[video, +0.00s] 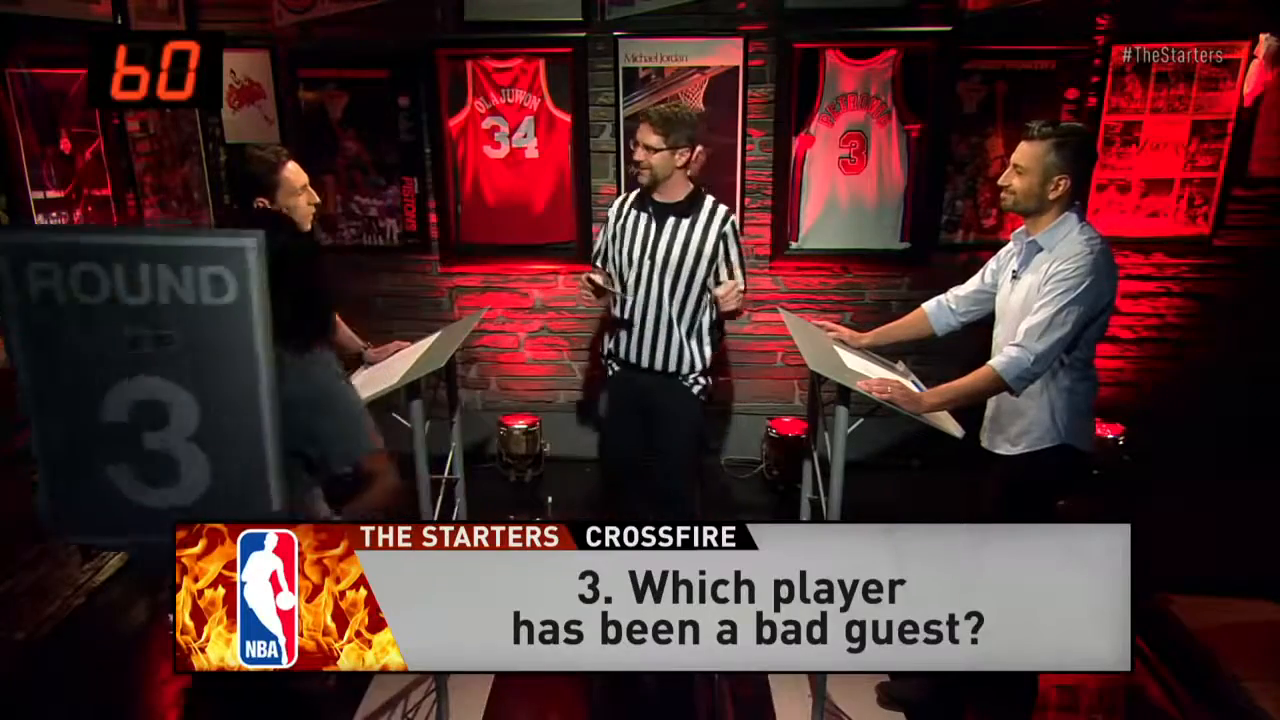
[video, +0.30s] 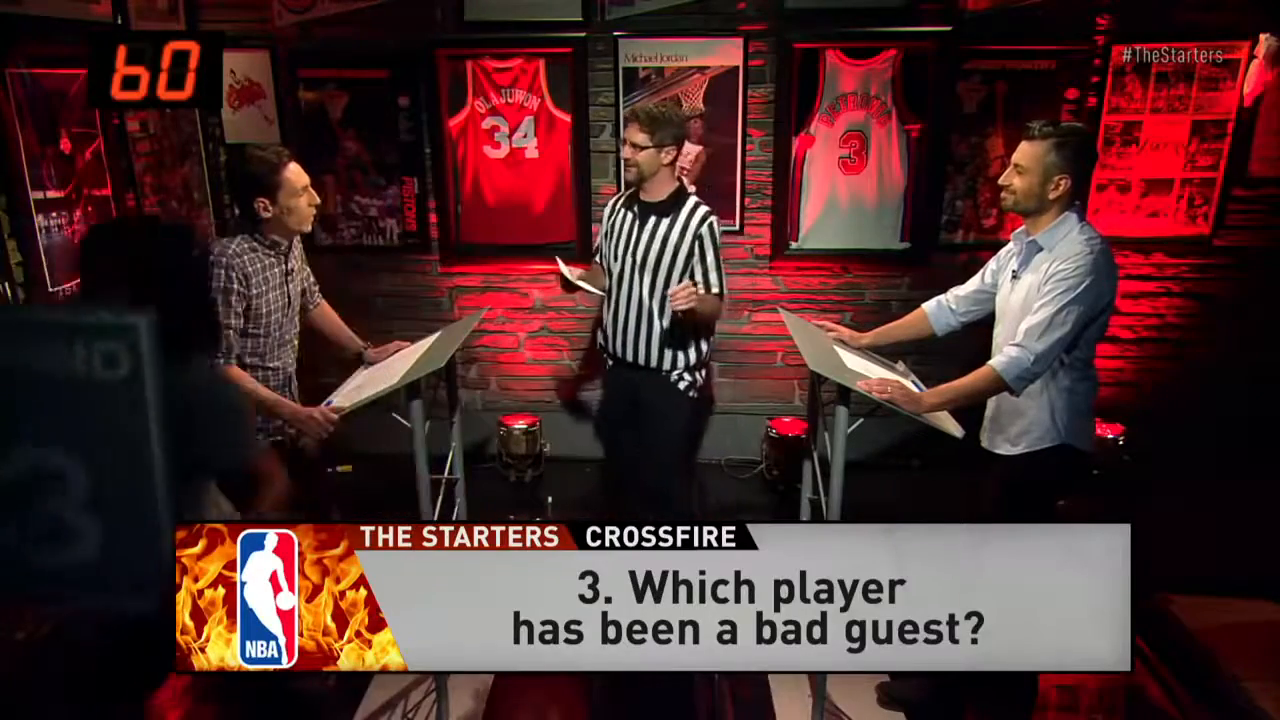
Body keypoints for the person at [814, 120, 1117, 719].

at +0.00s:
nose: (1003, 178)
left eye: (1018, 171)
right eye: (1008, 166)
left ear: (1057, 189)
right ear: (1045, 186)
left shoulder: (1084, 260)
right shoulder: (1025, 244)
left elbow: (1024, 360)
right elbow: (954, 306)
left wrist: (927, 398)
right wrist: (868, 339)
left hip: (1043, 446)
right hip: (1001, 433)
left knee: (1007, 579)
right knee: (973, 563)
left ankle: (996, 704)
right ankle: (939, 683)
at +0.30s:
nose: (1004, 178)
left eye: (1018, 171)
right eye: (1008, 166)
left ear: (1058, 188)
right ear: (1045, 185)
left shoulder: (1084, 260)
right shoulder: (1026, 243)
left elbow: (1024, 360)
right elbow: (954, 306)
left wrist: (927, 398)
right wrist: (868, 339)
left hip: (1043, 446)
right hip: (1001, 433)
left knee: (1007, 579)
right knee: (973, 563)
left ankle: (997, 704)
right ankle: (939, 683)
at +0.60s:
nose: (1004, 177)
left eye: (1019, 170)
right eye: (1009, 165)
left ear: (1058, 188)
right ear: (1046, 186)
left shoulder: (1084, 259)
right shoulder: (1026, 243)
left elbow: (1024, 359)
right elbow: (955, 306)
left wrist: (928, 398)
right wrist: (868, 339)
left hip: (1044, 446)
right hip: (1002, 433)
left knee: (1005, 578)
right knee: (976, 562)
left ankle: (998, 704)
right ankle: (941, 683)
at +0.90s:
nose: (1004, 177)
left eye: (1018, 169)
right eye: (1009, 165)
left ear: (1057, 188)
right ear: (1046, 185)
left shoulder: (1083, 258)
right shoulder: (1025, 244)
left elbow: (1024, 359)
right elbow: (955, 306)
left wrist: (928, 398)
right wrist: (868, 339)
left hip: (1044, 445)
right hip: (1002, 433)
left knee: (1006, 578)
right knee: (976, 562)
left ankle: (998, 705)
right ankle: (941, 683)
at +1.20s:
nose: (1004, 175)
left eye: (1019, 169)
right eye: (1009, 164)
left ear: (1057, 188)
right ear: (1046, 185)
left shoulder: (1082, 259)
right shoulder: (1026, 243)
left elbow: (1023, 359)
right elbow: (955, 306)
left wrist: (928, 398)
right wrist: (868, 339)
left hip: (1043, 445)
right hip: (1003, 432)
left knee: (1005, 579)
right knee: (977, 565)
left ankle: (1001, 705)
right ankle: (942, 684)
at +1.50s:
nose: (1005, 175)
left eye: (1020, 169)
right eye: (1010, 164)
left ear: (1058, 188)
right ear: (1047, 185)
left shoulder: (1083, 259)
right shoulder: (1025, 243)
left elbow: (1023, 360)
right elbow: (955, 306)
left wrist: (927, 398)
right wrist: (868, 339)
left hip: (1043, 446)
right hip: (1003, 434)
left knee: (1007, 580)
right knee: (979, 565)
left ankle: (1000, 705)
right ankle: (942, 684)